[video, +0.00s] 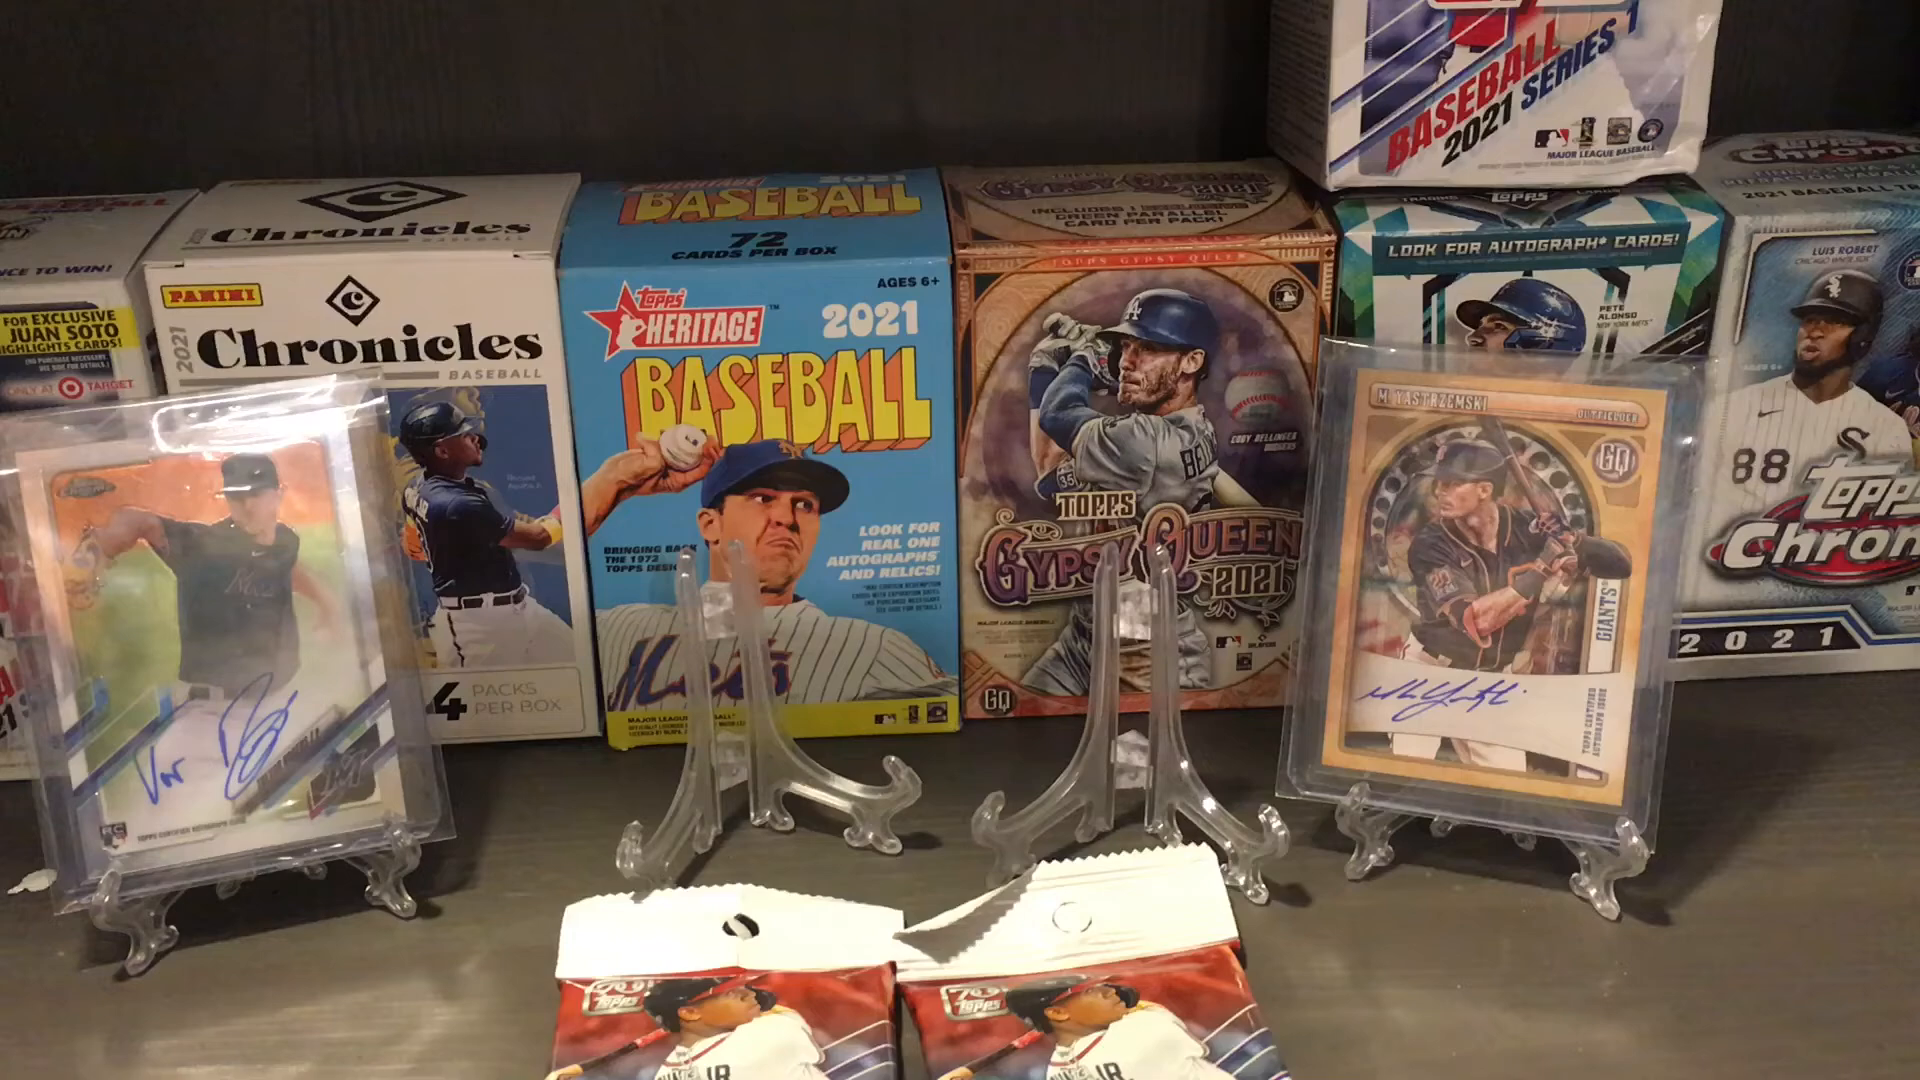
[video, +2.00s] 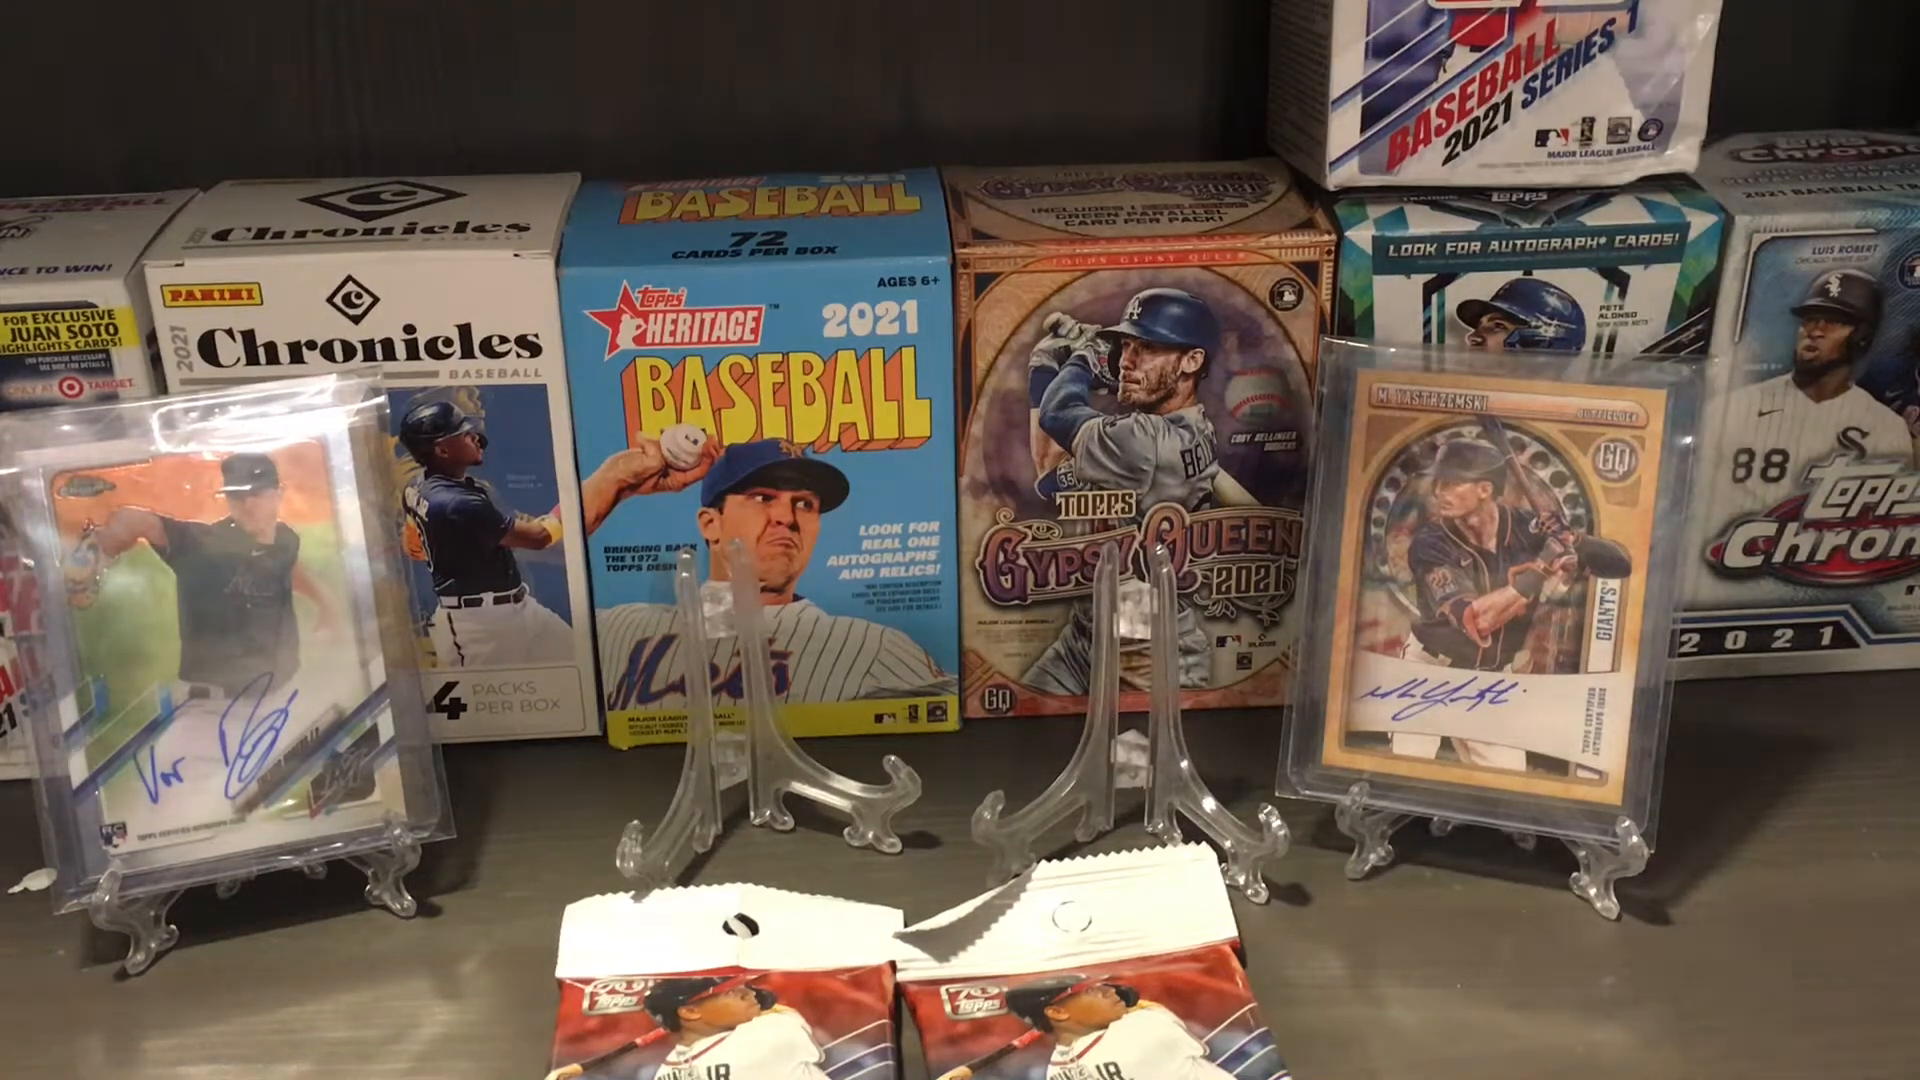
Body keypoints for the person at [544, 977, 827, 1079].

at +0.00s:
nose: (745, 993)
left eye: (735, 986)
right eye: (727, 993)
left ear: (690, 1015)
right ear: (691, 1014)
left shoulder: (665, 1073)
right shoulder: (777, 1035)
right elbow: (781, 1009)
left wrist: (579, 1072)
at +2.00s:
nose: (744, 993)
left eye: (733, 987)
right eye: (726, 993)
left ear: (690, 1015)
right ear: (692, 1014)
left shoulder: (666, 1071)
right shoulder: (778, 1034)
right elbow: (778, 1007)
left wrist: (577, 1072)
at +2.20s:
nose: (744, 993)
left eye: (735, 987)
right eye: (727, 993)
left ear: (689, 1015)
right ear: (691, 1014)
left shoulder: (666, 1072)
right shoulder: (777, 1035)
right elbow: (780, 1009)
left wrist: (577, 1072)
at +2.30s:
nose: (744, 993)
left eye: (735, 986)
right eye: (727, 993)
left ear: (689, 1015)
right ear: (691, 1014)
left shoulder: (666, 1072)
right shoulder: (778, 1035)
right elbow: (779, 1008)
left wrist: (580, 1071)